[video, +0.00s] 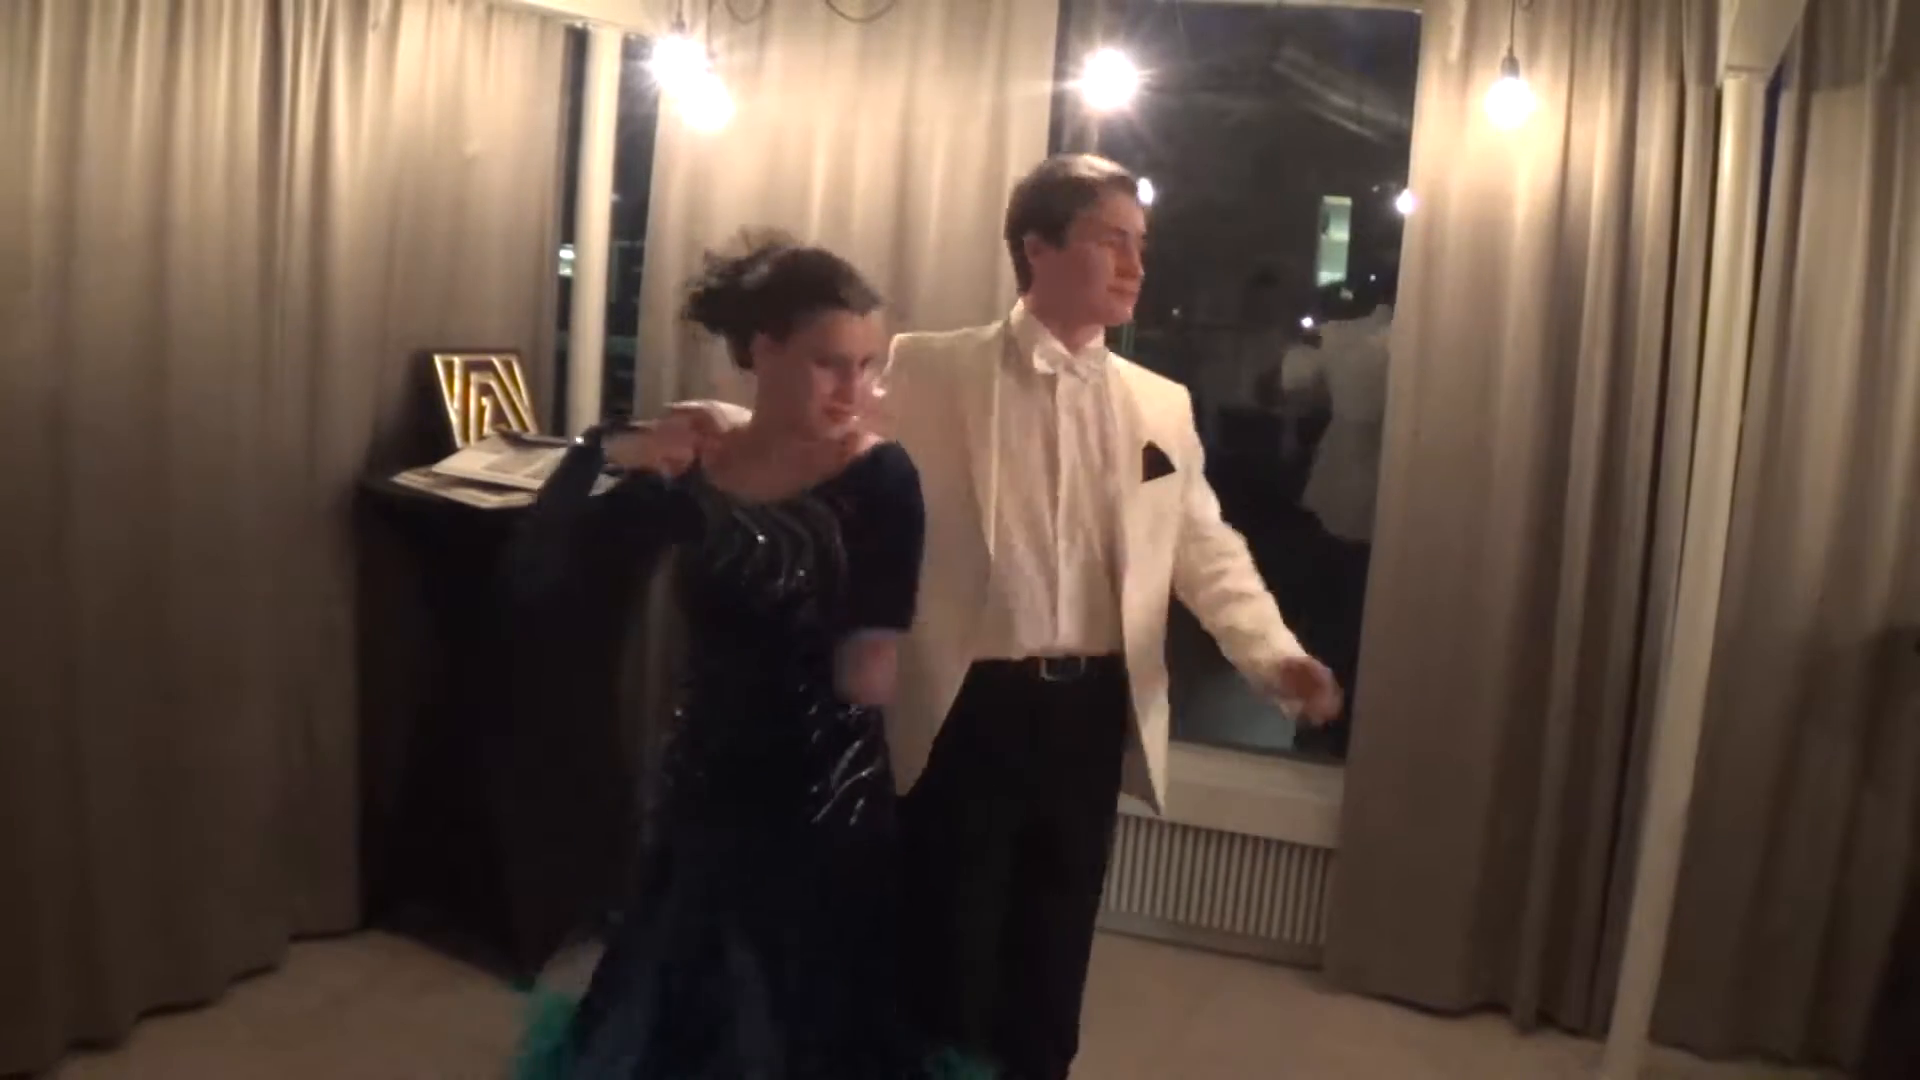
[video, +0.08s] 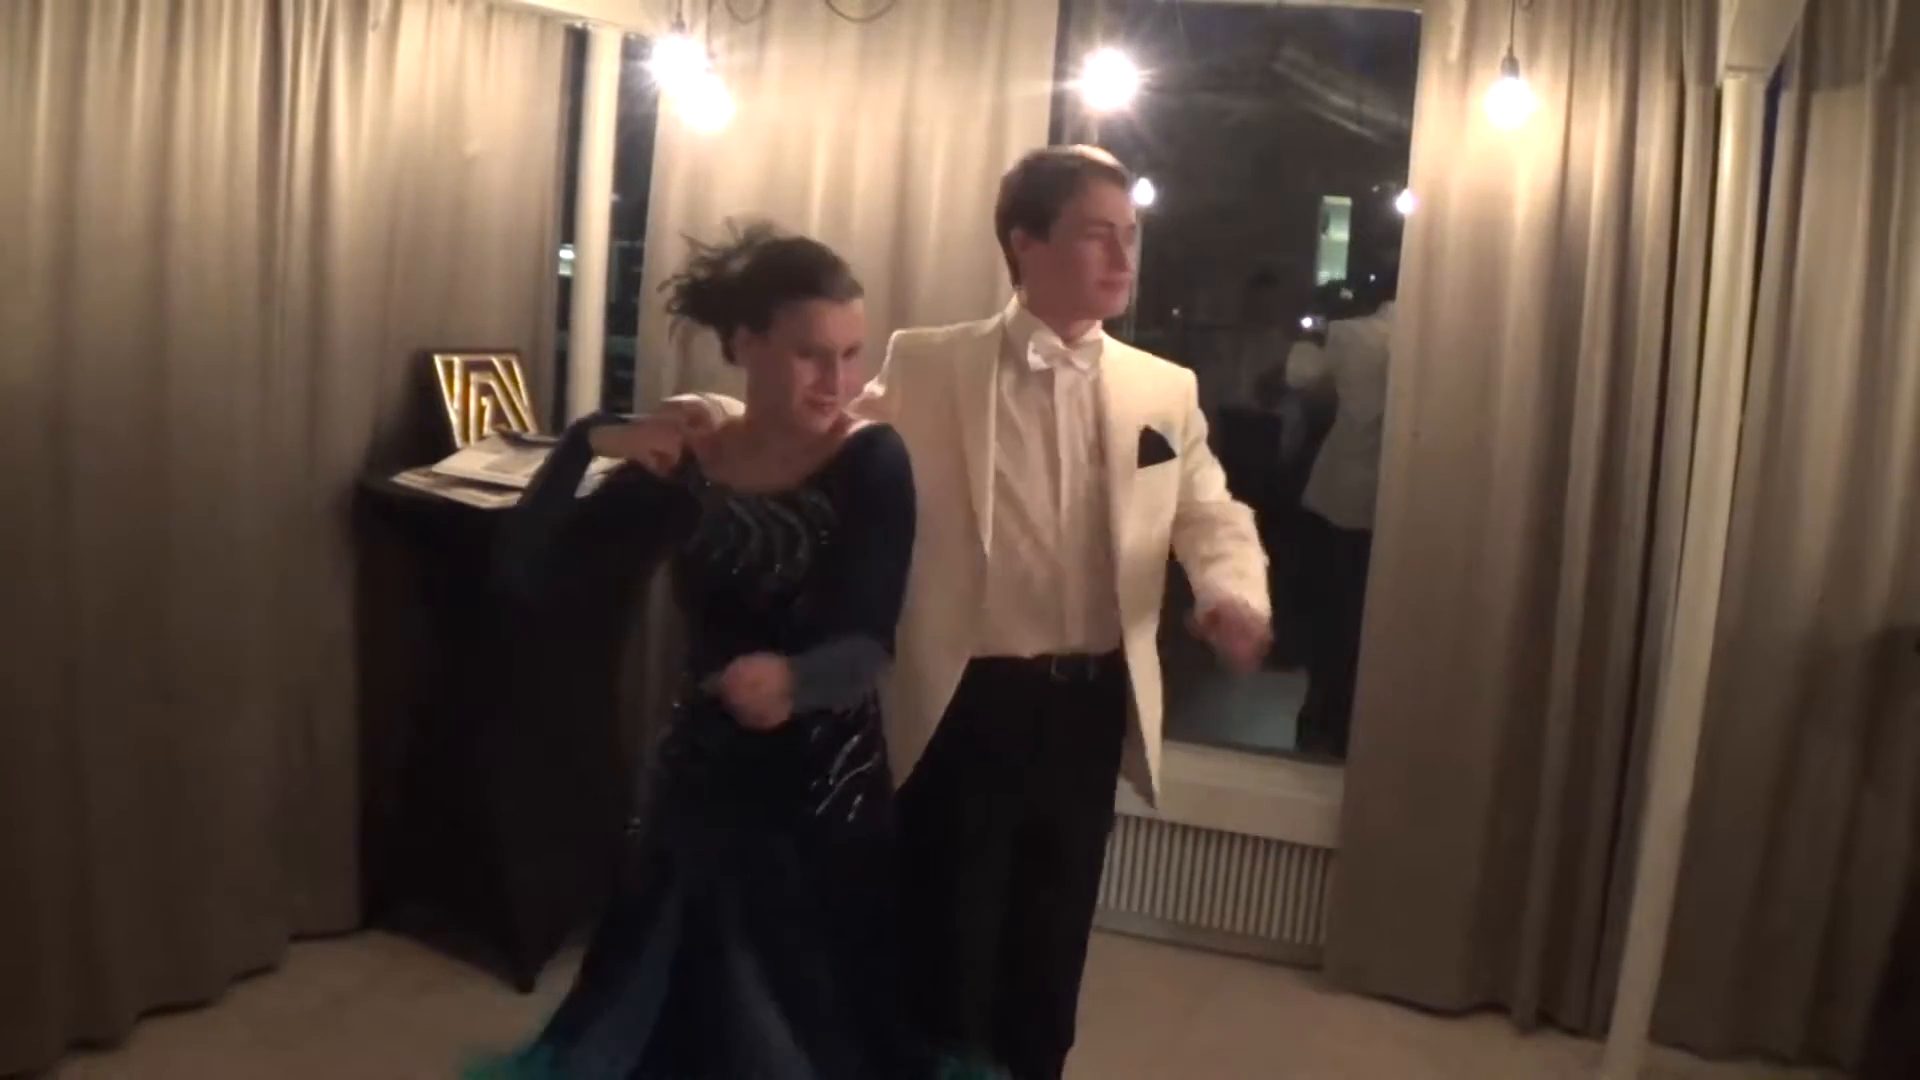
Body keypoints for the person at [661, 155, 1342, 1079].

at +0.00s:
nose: (1135, 264)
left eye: (1140, 245)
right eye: (1112, 240)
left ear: (1140, 262)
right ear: (1036, 250)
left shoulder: (1158, 407)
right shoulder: (922, 372)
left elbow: (1207, 552)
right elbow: (810, 446)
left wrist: (1275, 655)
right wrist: (715, 433)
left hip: (1091, 714)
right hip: (957, 708)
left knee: (1048, 966)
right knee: (939, 950)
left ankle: (1035, 1068)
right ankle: (928, 1067)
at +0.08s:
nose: (1124, 258)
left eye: (1131, 238)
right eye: (1100, 234)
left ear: (1139, 250)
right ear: (1027, 244)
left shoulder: (1163, 392)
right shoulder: (925, 365)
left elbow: (1214, 522)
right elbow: (823, 460)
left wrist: (1234, 590)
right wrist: (711, 429)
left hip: (1090, 706)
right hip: (953, 699)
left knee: (1047, 949)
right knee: (935, 937)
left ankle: (1032, 1069)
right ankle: (926, 1066)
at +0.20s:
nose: (1106, 266)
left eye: (1115, 244)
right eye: (1081, 243)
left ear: (1123, 254)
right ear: (1007, 253)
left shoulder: (1158, 389)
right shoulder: (911, 380)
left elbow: (1223, 505)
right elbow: (817, 474)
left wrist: (1195, 553)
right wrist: (711, 434)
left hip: (1083, 730)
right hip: (944, 728)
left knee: (1045, 992)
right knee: (929, 984)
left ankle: (1032, 1071)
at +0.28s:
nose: (1097, 268)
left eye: (1107, 244)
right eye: (1068, 245)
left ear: (1117, 251)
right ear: (996, 255)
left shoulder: (1154, 388)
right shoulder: (905, 380)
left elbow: (1215, 513)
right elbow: (816, 481)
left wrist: (1173, 551)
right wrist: (706, 437)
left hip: (1083, 735)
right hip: (944, 732)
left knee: (1046, 1006)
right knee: (931, 997)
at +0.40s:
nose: (1088, 274)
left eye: (1099, 250)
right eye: (1060, 251)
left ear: (1112, 253)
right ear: (991, 260)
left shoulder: (1150, 397)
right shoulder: (894, 383)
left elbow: (1196, 542)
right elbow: (803, 479)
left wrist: (1150, 616)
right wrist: (699, 444)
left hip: (1077, 741)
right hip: (936, 735)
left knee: (1043, 1017)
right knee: (922, 1010)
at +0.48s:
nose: (1080, 286)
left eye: (1094, 262)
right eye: (1055, 261)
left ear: (1109, 266)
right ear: (989, 266)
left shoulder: (1148, 413)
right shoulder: (889, 395)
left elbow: (1174, 580)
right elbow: (799, 487)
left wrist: (1136, 691)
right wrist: (692, 457)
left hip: (1074, 748)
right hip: (933, 744)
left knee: (1066, 1016)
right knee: (927, 1014)